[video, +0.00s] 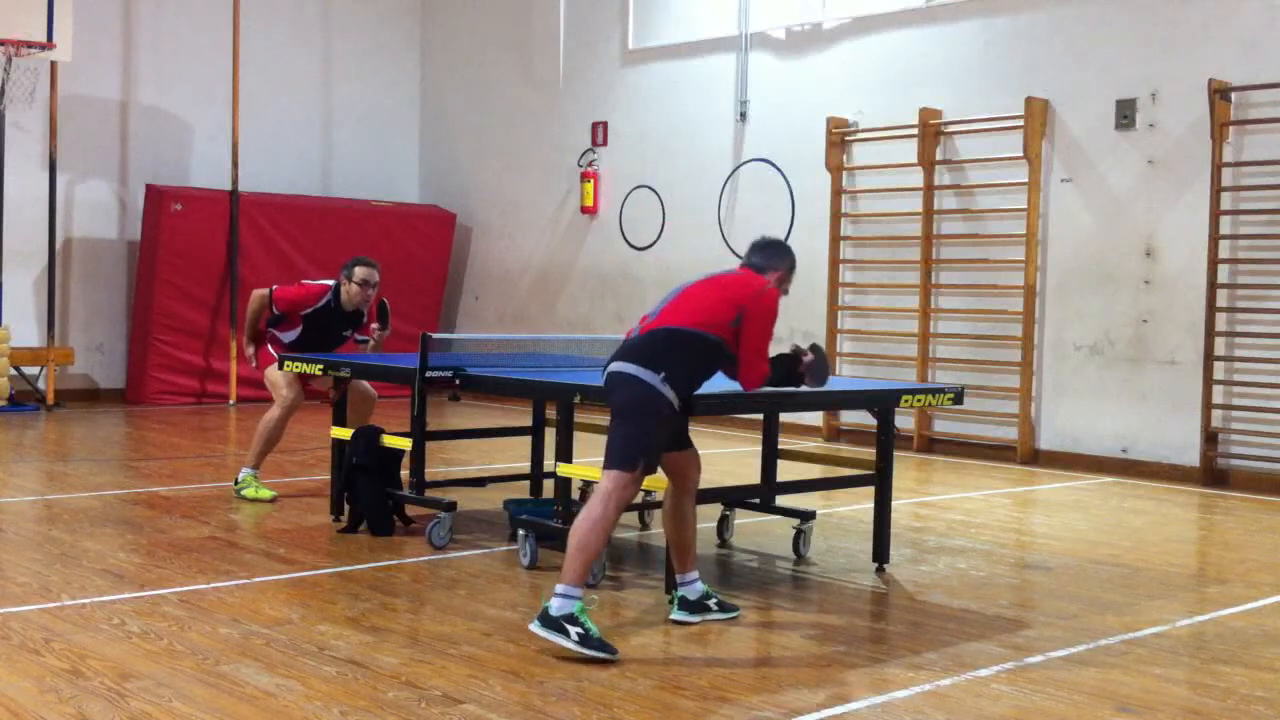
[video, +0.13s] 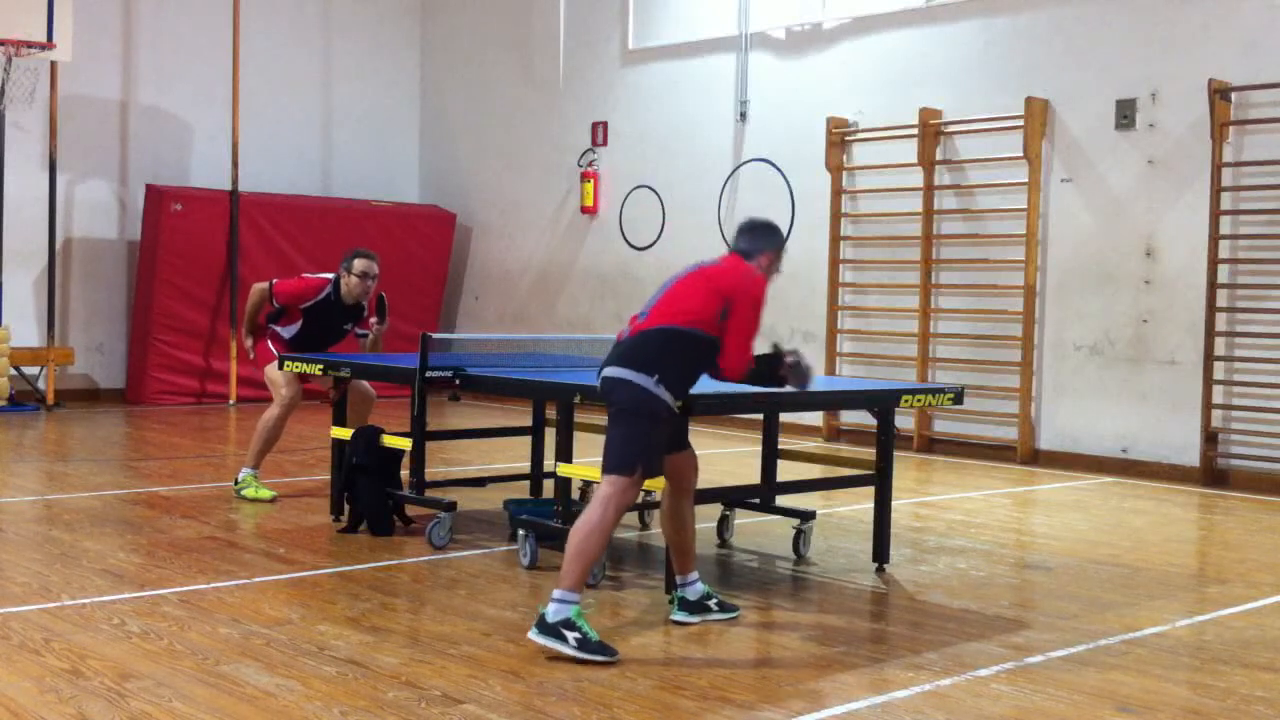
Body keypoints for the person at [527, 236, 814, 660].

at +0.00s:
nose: (783, 293)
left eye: (785, 286)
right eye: (785, 284)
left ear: (750, 264)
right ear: (777, 274)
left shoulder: (720, 284)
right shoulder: (761, 291)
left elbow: (737, 369)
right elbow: (753, 378)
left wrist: (789, 364)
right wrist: (796, 367)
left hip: (634, 372)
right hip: (650, 377)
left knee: (685, 471)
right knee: (618, 487)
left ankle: (689, 592)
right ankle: (561, 607)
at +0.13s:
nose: (775, 273)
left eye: (776, 265)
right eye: (776, 264)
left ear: (738, 250)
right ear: (767, 257)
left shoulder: (709, 271)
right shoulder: (748, 279)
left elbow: (716, 365)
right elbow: (732, 366)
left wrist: (771, 367)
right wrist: (777, 367)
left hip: (629, 374)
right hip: (643, 380)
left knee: (683, 473)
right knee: (616, 492)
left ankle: (689, 592)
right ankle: (558, 613)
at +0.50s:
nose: (715, 209)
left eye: (717, 199)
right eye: (716, 198)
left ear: (675, 190)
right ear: (702, 195)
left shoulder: (663, 232)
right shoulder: (660, 230)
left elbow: (656, 325)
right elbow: (617, 296)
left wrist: (736, 318)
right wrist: (659, 364)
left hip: (622, 387)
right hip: (605, 386)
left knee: (655, 479)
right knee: (592, 504)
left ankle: (673, 592)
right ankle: (547, 625)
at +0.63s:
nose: (707, 203)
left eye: (708, 193)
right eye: (707, 192)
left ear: (669, 182)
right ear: (691, 187)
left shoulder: (658, 227)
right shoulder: (644, 218)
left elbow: (681, 305)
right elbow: (600, 280)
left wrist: (746, 264)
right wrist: (657, 335)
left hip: (627, 388)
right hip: (601, 385)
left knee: (653, 481)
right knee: (589, 500)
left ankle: (648, 603)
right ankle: (547, 626)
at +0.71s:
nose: (709, 196)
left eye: (709, 186)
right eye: (707, 185)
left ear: (672, 180)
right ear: (690, 183)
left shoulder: (657, 228)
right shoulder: (640, 220)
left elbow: (675, 302)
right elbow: (608, 284)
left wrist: (736, 272)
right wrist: (672, 312)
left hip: (627, 388)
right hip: (601, 386)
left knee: (655, 479)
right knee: (588, 501)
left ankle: (649, 602)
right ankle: (547, 626)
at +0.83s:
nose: (718, 204)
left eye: (718, 194)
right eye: (718, 193)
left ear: (681, 183)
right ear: (702, 188)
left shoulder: (667, 230)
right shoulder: (653, 221)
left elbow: (667, 304)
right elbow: (633, 282)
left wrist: (722, 292)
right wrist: (713, 283)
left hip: (632, 389)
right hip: (604, 386)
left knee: (656, 480)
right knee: (595, 498)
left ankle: (649, 603)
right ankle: (547, 626)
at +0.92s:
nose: (728, 217)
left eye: (731, 207)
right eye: (729, 205)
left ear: (694, 190)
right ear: (713, 196)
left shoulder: (663, 224)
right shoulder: (673, 222)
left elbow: (628, 301)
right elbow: (670, 286)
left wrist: (690, 309)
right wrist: (752, 273)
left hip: (628, 387)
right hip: (610, 386)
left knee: (656, 483)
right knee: (602, 500)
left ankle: (653, 604)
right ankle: (548, 625)